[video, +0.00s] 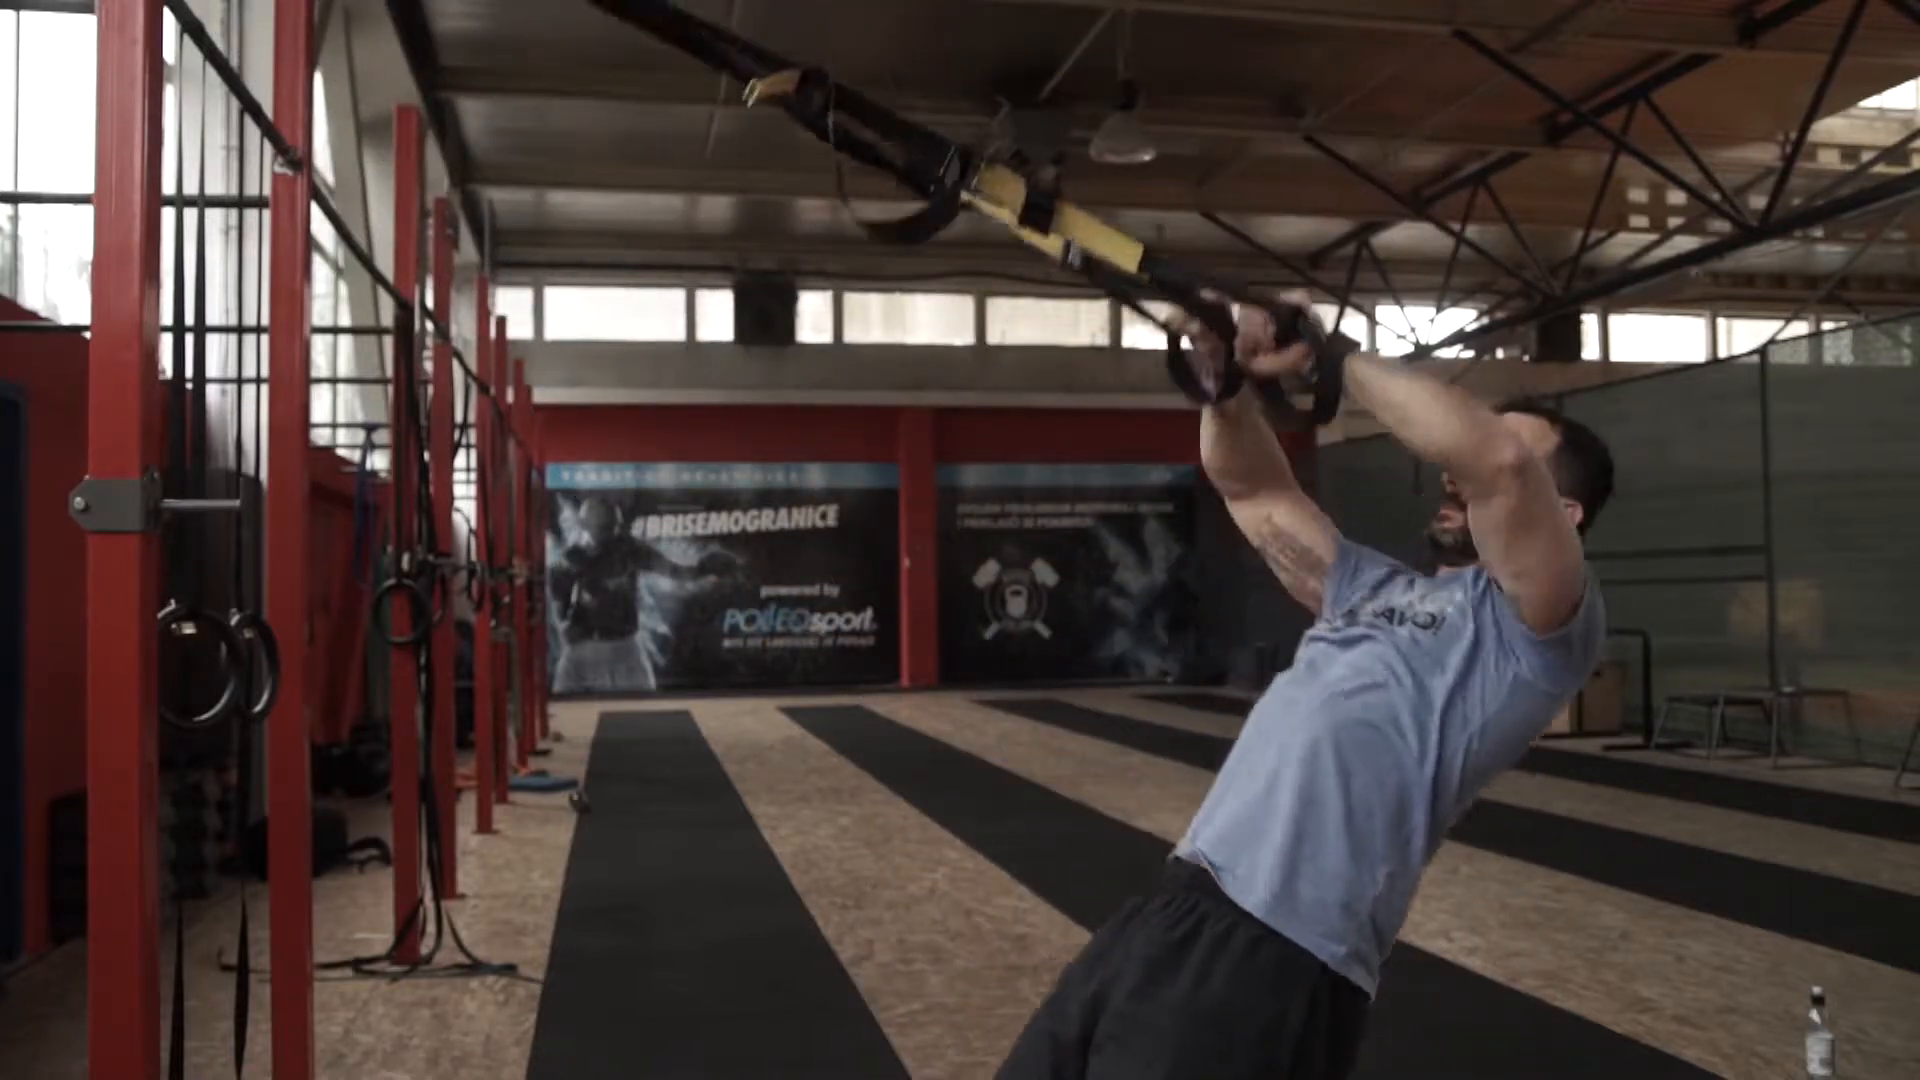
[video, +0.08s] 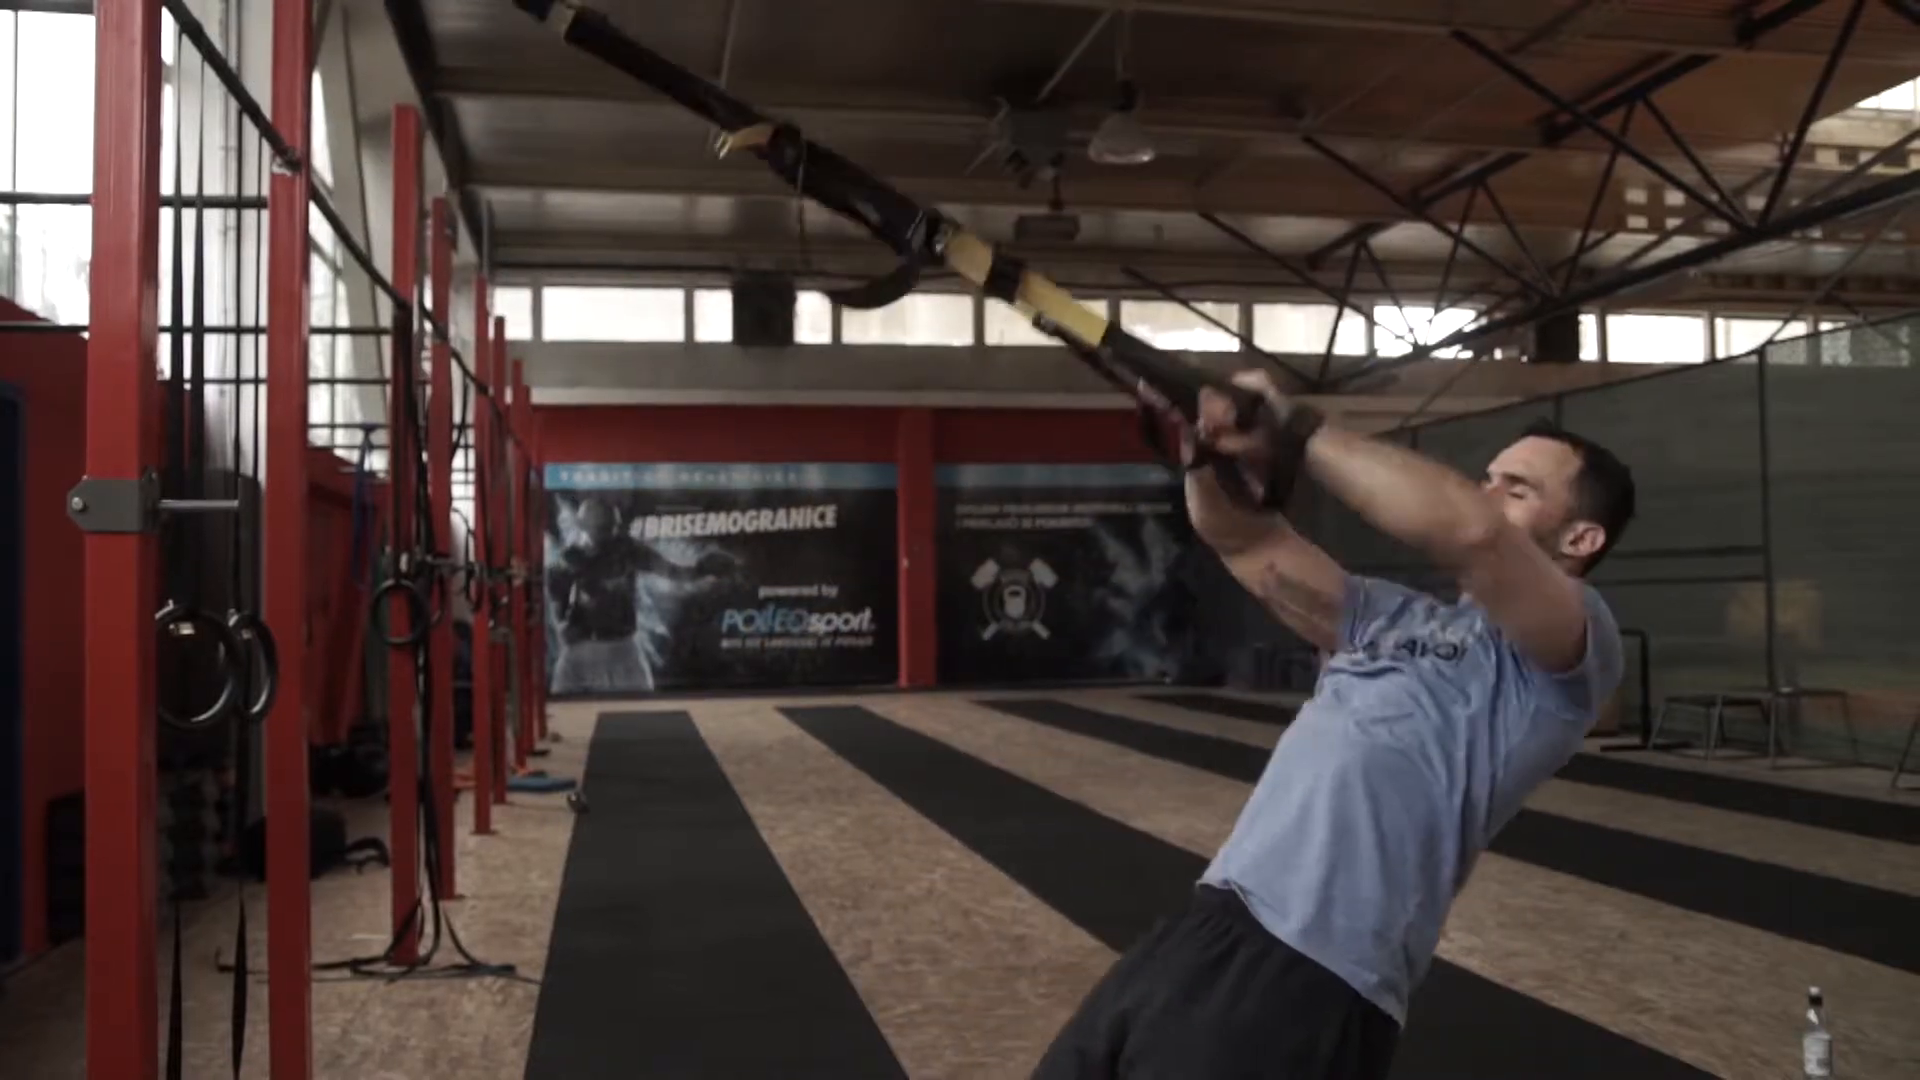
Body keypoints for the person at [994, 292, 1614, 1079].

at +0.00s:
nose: (1464, 474)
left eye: (1503, 454)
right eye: (1477, 447)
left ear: (1567, 510)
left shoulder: (1541, 632)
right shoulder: (1379, 587)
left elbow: (1496, 453)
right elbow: (1262, 499)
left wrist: (1331, 365)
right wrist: (1226, 392)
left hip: (1274, 977)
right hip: (1169, 916)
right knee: (1028, 1069)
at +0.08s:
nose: (1481, 497)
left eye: (1518, 487)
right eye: (1487, 479)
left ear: (1582, 541)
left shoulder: (1573, 652)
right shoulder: (1400, 614)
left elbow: (1463, 528)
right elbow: (1254, 546)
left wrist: (1302, 428)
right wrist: (1206, 459)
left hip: (1312, 993)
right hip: (1204, 930)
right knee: (1067, 1064)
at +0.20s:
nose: (1493, 525)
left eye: (1530, 515)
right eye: (1501, 509)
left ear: (1596, 565)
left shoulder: (1590, 672)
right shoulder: (1421, 640)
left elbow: (1429, 624)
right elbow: (1264, 636)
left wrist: (1246, 533)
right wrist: (1171, 550)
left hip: (1347, 1014)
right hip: (1233, 956)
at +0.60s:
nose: (1478, 612)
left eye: (1518, 602)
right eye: (1475, 590)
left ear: (1571, 645)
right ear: (1458, 597)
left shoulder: (1556, 749)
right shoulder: (1384, 715)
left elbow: (1383, 712)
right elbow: (1218, 729)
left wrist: (1197, 630)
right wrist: (1107, 639)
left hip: (1320, 1060)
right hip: (1197, 1012)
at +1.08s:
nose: (1431, 614)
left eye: (1469, 598)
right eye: (1423, 589)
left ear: (1526, 632)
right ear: (1404, 597)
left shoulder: (1517, 748)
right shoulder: (1340, 715)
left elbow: (1356, 772)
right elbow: (1167, 761)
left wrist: (1190, 638)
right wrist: (1081, 663)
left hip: (1283, 1062)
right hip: (1157, 1013)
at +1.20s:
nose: (1354, 571)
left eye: (1389, 551)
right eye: (1348, 548)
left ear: (1460, 579)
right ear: (1336, 555)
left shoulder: (1468, 713)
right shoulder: (1285, 685)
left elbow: (1329, 809)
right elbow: (1133, 786)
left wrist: (1182, 661)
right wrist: (1068, 680)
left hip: (1231, 1049)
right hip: (1113, 995)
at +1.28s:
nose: (1281, 538)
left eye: (1315, 514)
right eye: (1277, 514)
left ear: (1393, 530)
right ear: (1267, 519)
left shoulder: (1417, 675)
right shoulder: (1244, 653)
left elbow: (1320, 827)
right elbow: (1112, 793)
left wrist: (1167, 685)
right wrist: (1045, 697)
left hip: (1192, 1033)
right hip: (1078, 979)